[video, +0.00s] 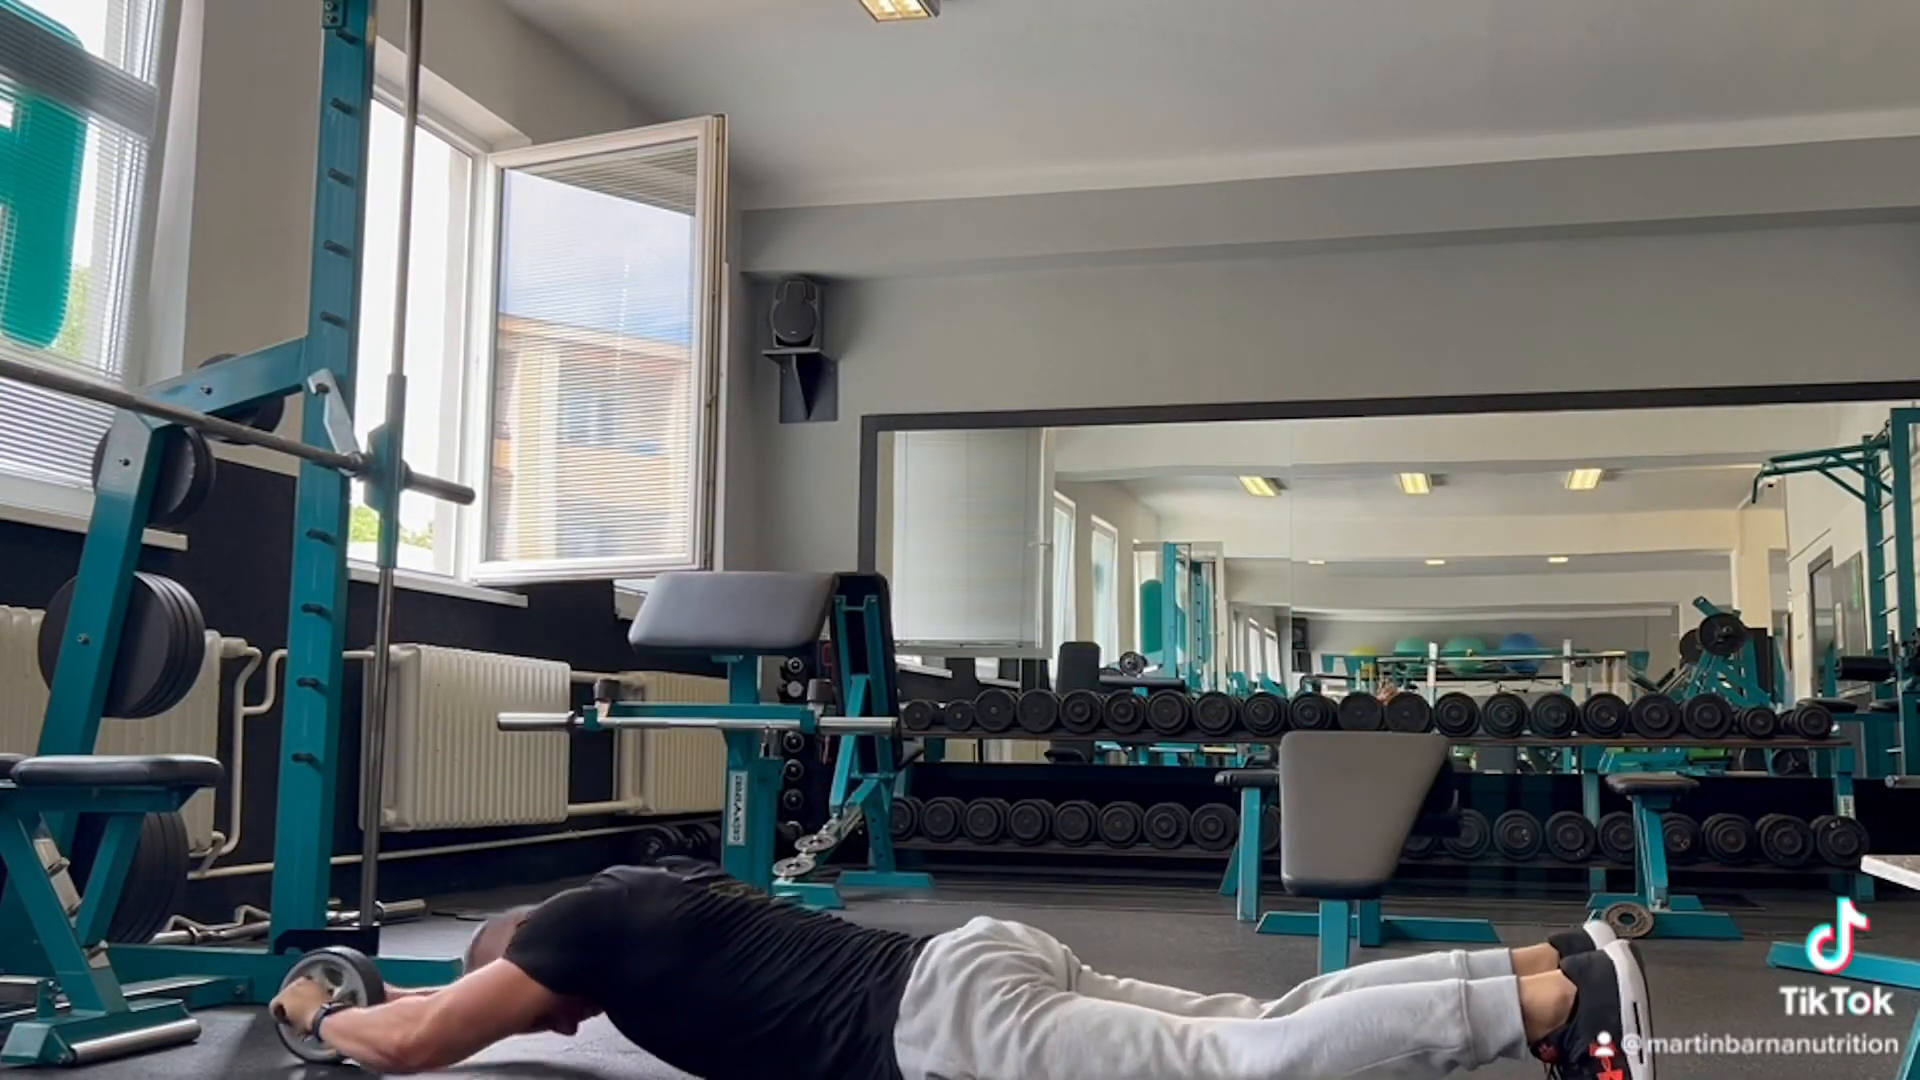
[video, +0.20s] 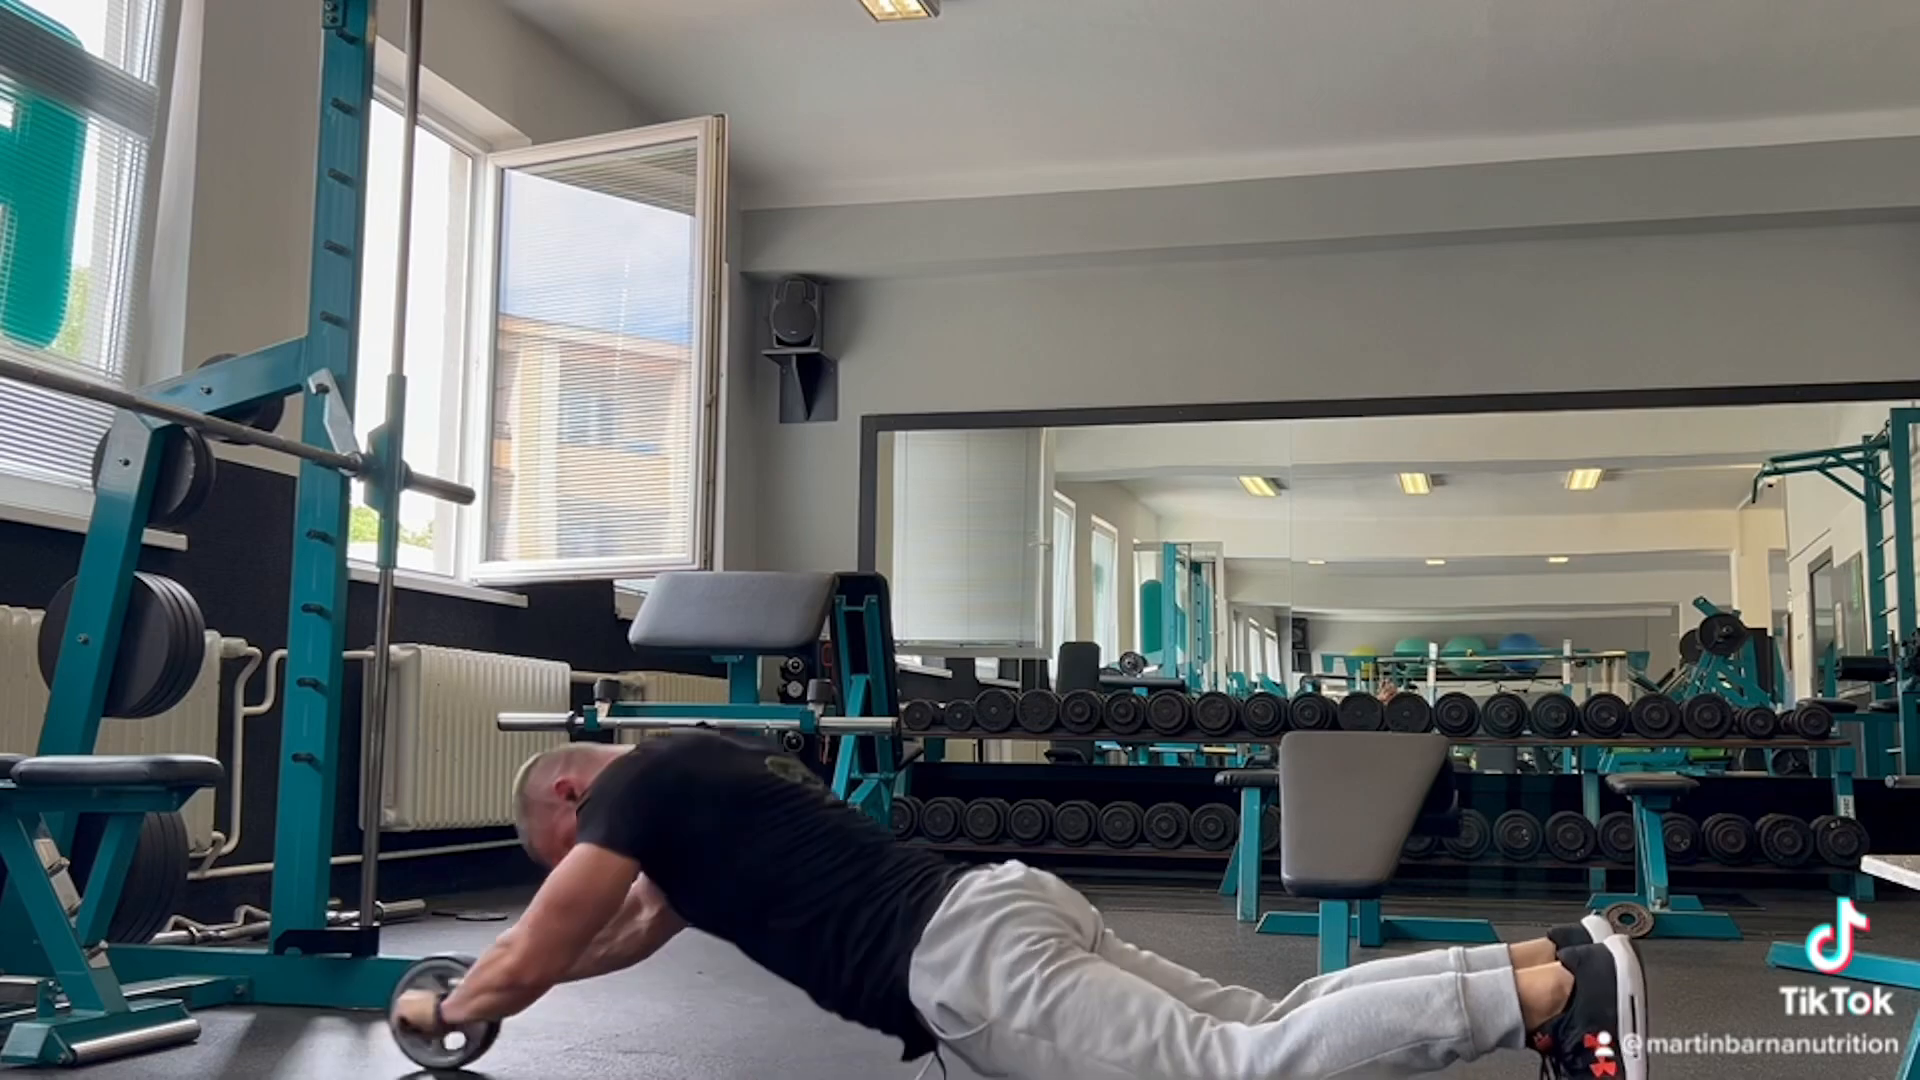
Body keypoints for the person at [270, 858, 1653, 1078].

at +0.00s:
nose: (496, 986)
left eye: (498, 969)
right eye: (496, 974)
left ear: (534, 925)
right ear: (579, 898)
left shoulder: (598, 920)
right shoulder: (663, 913)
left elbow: (403, 1047)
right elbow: (557, 1025)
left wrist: (327, 1013)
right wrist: (421, 1026)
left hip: (938, 1009)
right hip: (959, 961)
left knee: (1240, 1049)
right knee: (1240, 1022)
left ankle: (1534, 997)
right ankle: (1526, 991)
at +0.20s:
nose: (550, 851)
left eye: (542, 830)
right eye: (544, 842)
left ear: (564, 783)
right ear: (598, 781)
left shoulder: (633, 791)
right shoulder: (693, 793)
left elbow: (539, 950)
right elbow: (628, 932)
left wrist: (458, 1010)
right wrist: (495, 988)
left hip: (963, 948)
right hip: (998, 912)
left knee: (1225, 1060)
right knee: (1244, 1028)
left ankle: (1537, 981)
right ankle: (1535, 986)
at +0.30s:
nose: (604, 792)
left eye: (591, 769)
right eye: (594, 784)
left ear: (603, 705)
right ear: (637, 708)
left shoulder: (680, 699)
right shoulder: (745, 729)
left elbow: (618, 913)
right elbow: (694, 910)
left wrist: (558, 1000)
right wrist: (594, 987)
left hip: (999, 862)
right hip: (1018, 869)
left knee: (1227, 1058)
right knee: (1262, 1011)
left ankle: (1537, 1010)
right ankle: (1523, 978)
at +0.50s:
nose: (672, 725)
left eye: (655, 704)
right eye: (660, 715)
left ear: (666, 648)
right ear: (690, 643)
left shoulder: (765, 630)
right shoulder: (823, 641)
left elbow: (786, 844)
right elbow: (852, 847)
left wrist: (772, 995)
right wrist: (799, 988)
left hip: (1104, 703)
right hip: (1120, 703)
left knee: (1284, 960)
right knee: (1310, 917)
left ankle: (1604, 994)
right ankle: (1598, 971)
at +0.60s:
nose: (755, 729)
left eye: (733, 713)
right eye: (741, 726)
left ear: (728, 648)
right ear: (753, 644)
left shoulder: (826, 621)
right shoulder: (881, 633)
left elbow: (868, 827)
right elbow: (933, 835)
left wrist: (873, 988)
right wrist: (892, 990)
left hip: (1171, 619)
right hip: (1189, 613)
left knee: (1334, 882)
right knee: (1348, 866)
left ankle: (1636, 1005)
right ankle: (1626, 997)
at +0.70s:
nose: (834, 737)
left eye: (809, 720)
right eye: (812, 733)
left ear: (809, 652)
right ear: (822, 646)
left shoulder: (915, 622)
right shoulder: (940, 618)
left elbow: (984, 838)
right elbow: (1028, 830)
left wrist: (998, 1002)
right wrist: (1012, 986)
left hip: (1249, 548)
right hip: (1260, 537)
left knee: (1375, 835)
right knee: (1366, 823)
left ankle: (1640, 1015)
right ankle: (1604, 999)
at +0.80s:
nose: (912, 750)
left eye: (886, 733)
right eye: (888, 740)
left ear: (904, 672)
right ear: (911, 652)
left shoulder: (1011, 629)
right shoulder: (1023, 620)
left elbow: (1112, 844)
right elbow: (1142, 818)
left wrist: (1149, 1007)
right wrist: (1154, 983)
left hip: (1330, 521)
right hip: (1334, 513)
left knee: (1418, 816)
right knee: (1423, 806)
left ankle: (1659, 1031)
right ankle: (1603, 1007)